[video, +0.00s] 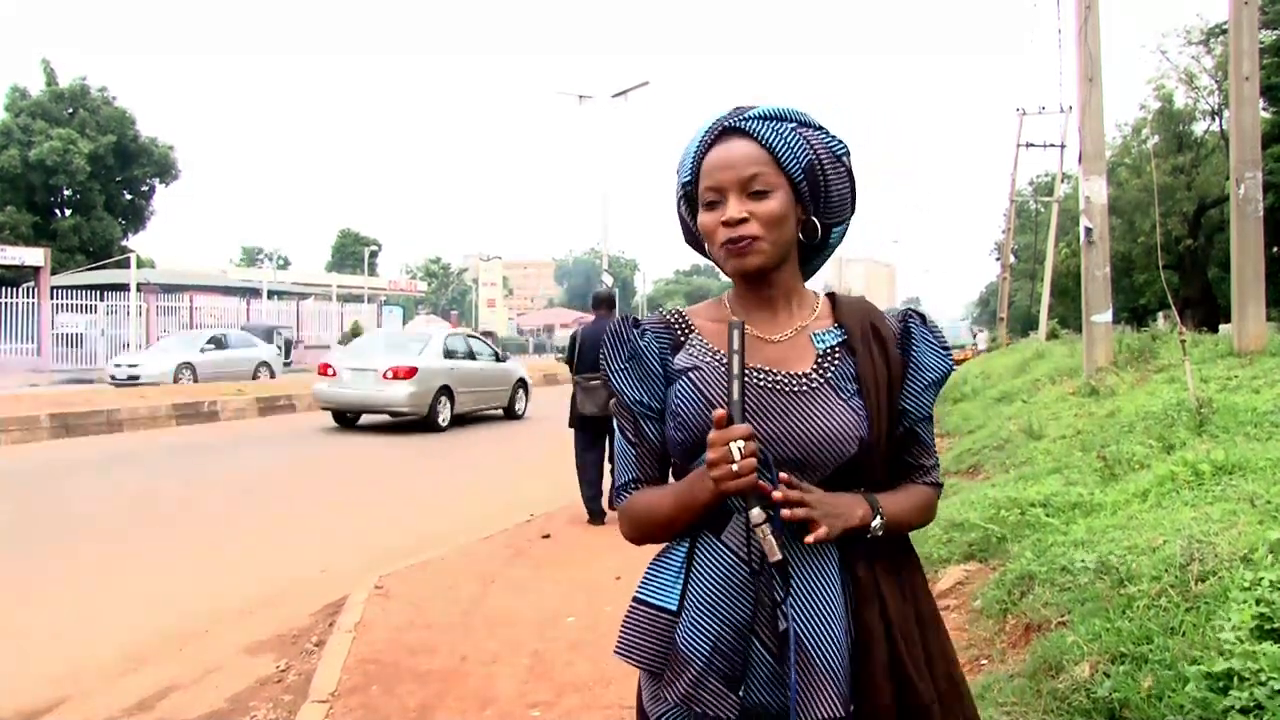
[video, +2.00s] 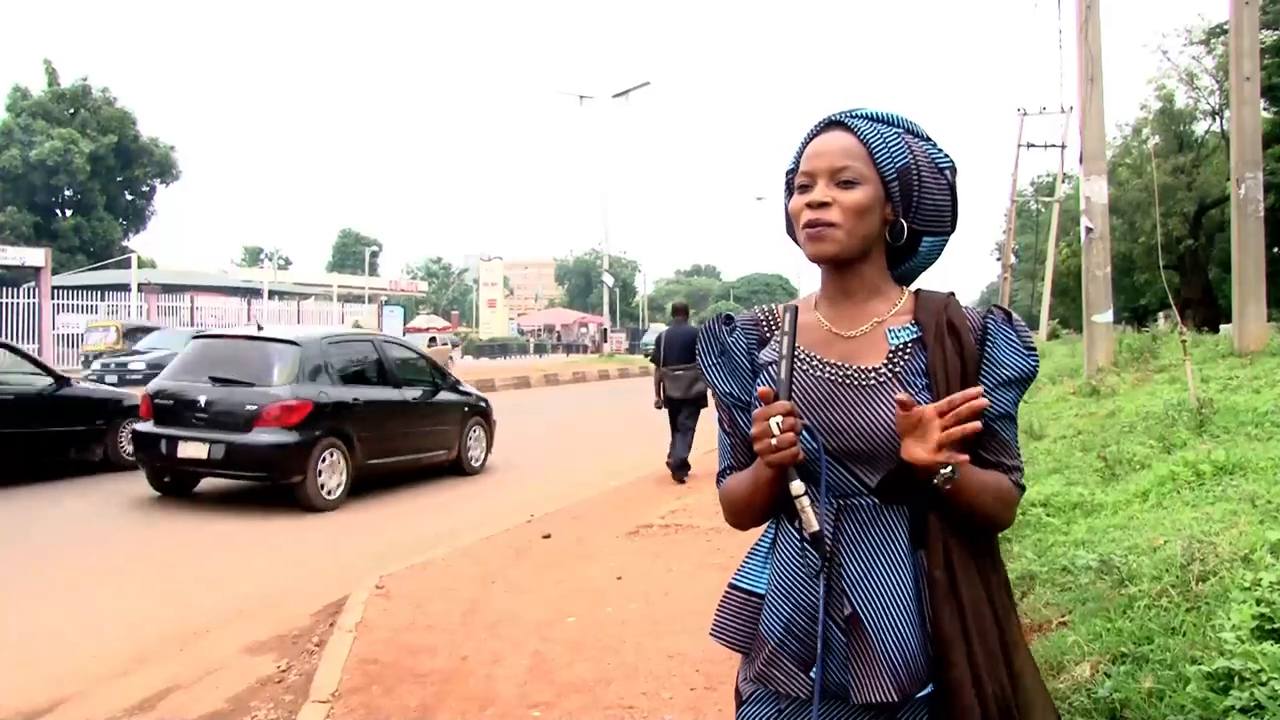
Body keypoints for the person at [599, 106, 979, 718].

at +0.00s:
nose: (733, 215)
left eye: (758, 192)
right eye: (713, 201)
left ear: (805, 205)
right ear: (697, 222)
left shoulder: (878, 339)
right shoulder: (660, 348)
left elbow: (923, 492)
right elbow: (634, 519)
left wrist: (858, 508)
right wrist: (704, 484)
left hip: (852, 627)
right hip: (713, 636)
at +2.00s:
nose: (817, 199)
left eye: (845, 182)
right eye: (804, 185)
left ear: (893, 207)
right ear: (789, 207)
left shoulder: (956, 333)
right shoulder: (756, 341)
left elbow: (1003, 504)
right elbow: (737, 511)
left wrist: (936, 464)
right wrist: (767, 466)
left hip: (924, 627)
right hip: (796, 631)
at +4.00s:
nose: (781, 205)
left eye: (810, 186)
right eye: (769, 189)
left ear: (860, 209)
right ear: (757, 207)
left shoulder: (927, 335)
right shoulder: (723, 338)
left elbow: (954, 504)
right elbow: (697, 509)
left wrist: (927, 477)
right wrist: (739, 463)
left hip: (890, 636)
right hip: (758, 634)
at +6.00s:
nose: (833, 202)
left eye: (852, 182)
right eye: (808, 193)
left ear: (891, 199)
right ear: (789, 223)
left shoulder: (954, 304)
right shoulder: (756, 341)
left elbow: (991, 443)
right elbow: (751, 508)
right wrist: (770, 476)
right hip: (807, 633)